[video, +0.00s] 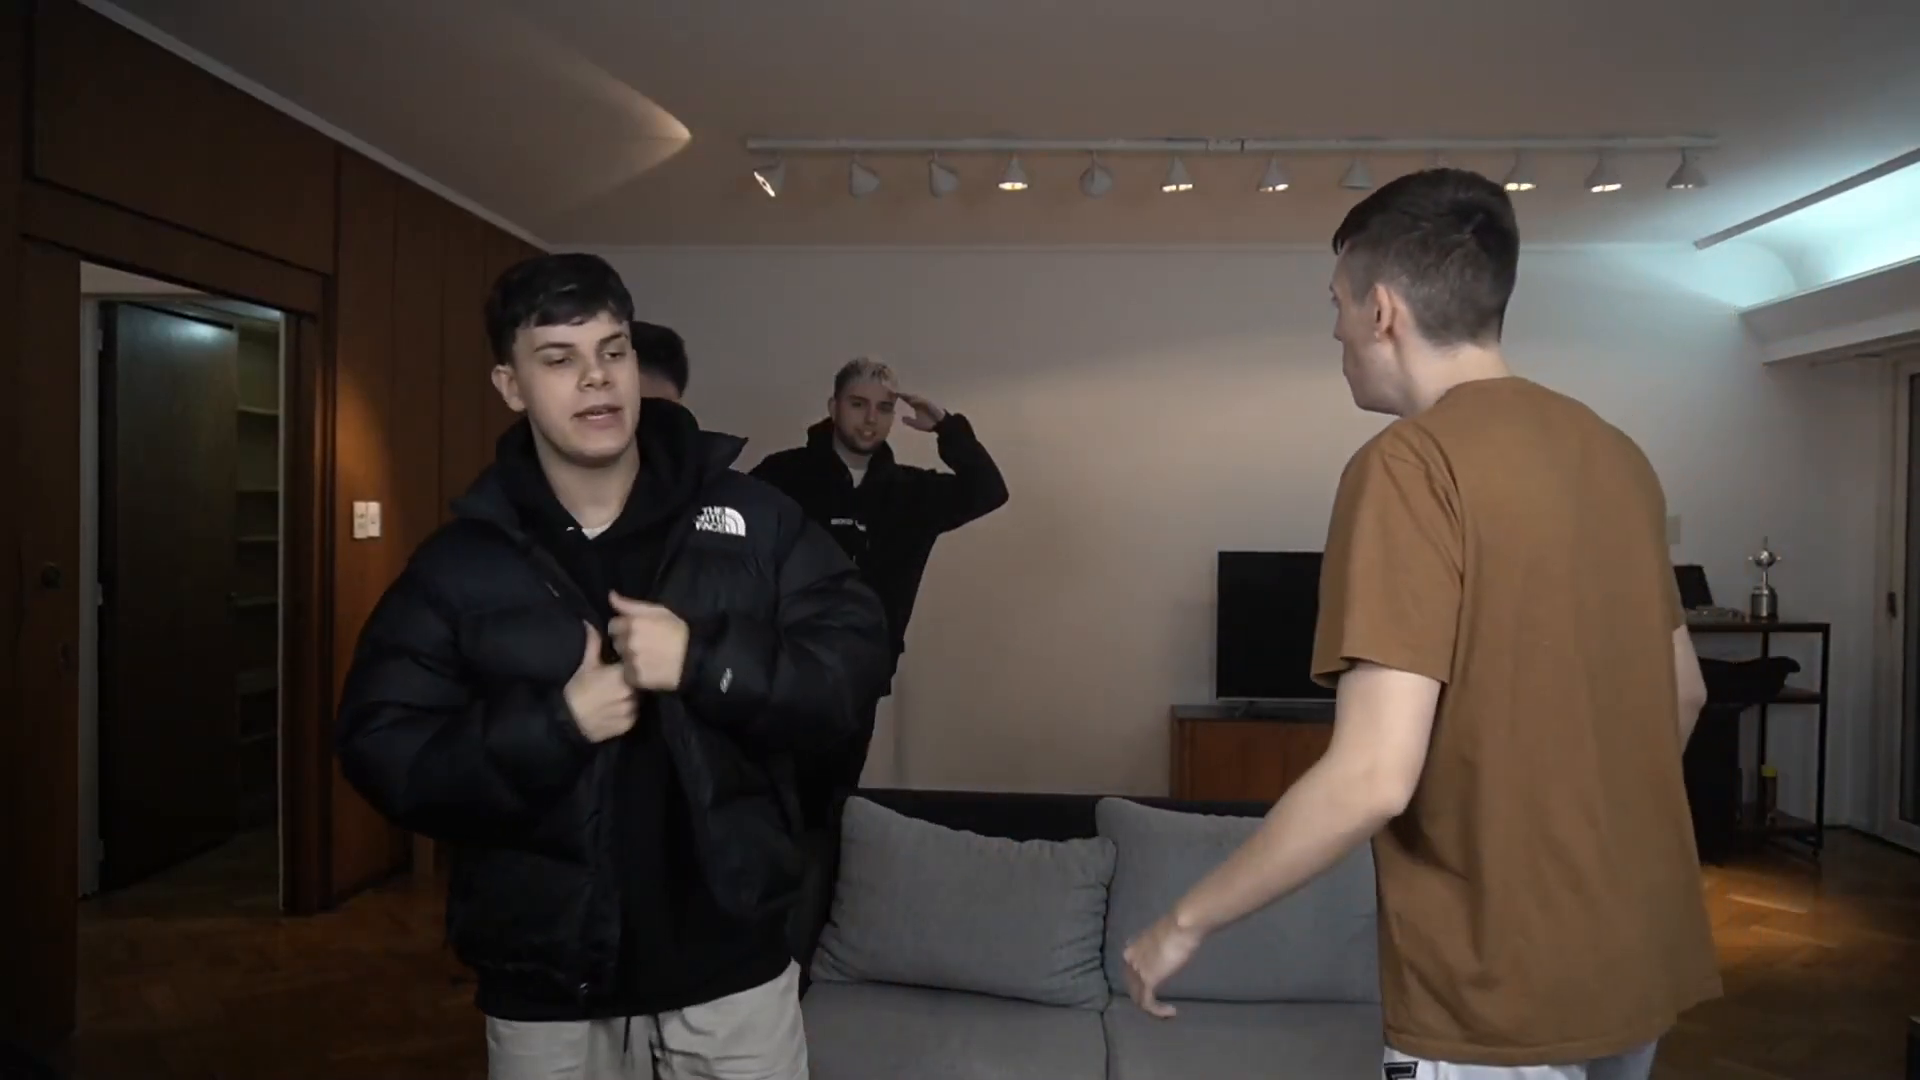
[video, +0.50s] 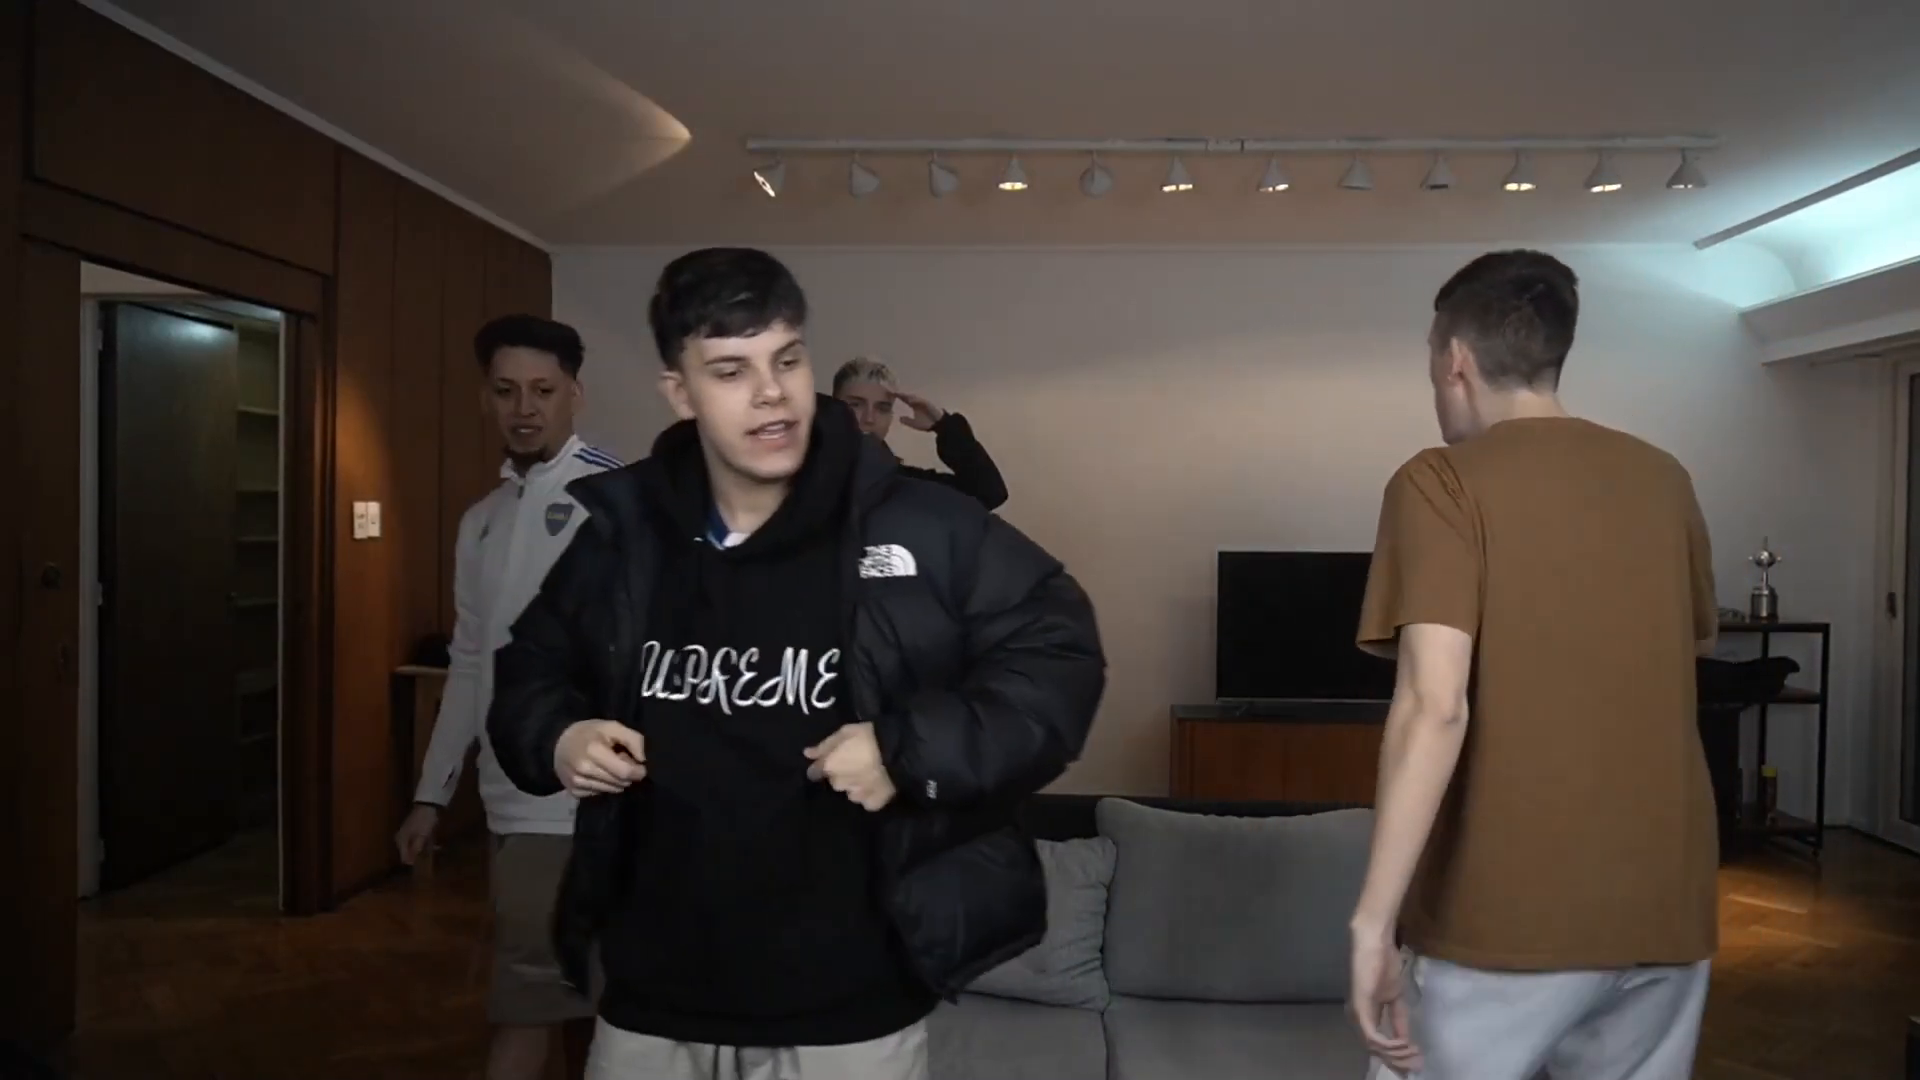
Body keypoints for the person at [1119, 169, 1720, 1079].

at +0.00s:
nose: (1339, 337)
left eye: (1338, 309)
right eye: (1336, 310)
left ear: (1385, 310)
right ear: (1488, 303)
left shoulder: (1412, 462)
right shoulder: (1616, 456)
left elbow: (1372, 774)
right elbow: (1680, 693)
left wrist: (1186, 921)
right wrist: (1589, 828)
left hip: (1486, 996)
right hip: (1638, 965)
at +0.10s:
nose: (1340, 347)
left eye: (1340, 318)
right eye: (1338, 318)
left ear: (1385, 321)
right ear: (1486, 313)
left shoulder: (1412, 473)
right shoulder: (1609, 462)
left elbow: (1366, 775)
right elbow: (1667, 689)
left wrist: (1197, 928)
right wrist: (1557, 795)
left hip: (1476, 986)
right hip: (1620, 962)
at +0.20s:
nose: (1355, 352)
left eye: (1357, 323)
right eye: (1355, 323)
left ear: (1400, 329)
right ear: (1499, 324)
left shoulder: (1413, 473)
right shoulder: (1613, 467)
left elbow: (1374, 759)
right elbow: (1661, 677)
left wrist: (1235, 942)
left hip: (1469, 981)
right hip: (1618, 964)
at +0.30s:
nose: (1378, 366)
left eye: (1380, 338)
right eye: (1378, 339)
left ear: (1420, 339)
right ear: (1516, 336)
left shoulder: (1421, 476)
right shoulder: (1625, 472)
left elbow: (1390, 744)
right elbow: (1665, 663)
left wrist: (1284, 950)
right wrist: (1523, 683)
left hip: (1469, 964)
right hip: (1619, 952)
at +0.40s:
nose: (1409, 380)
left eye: (1410, 354)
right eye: (1410, 354)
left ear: (1439, 351)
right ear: (1538, 346)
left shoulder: (1429, 479)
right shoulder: (1639, 474)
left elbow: (1416, 726)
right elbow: (1683, 648)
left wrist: (1334, 942)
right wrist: (1556, 644)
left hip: (1481, 942)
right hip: (1634, 935)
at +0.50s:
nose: (1435, 390)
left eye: (1434, 366)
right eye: (1436, 365)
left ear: (1456, 364)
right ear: (1555, 358)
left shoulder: (1445, 479)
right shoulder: (1664, 477)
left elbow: (1433, 708)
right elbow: (1691, 650)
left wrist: (1373, 921)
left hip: (1501, 932)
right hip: (1669, 927)